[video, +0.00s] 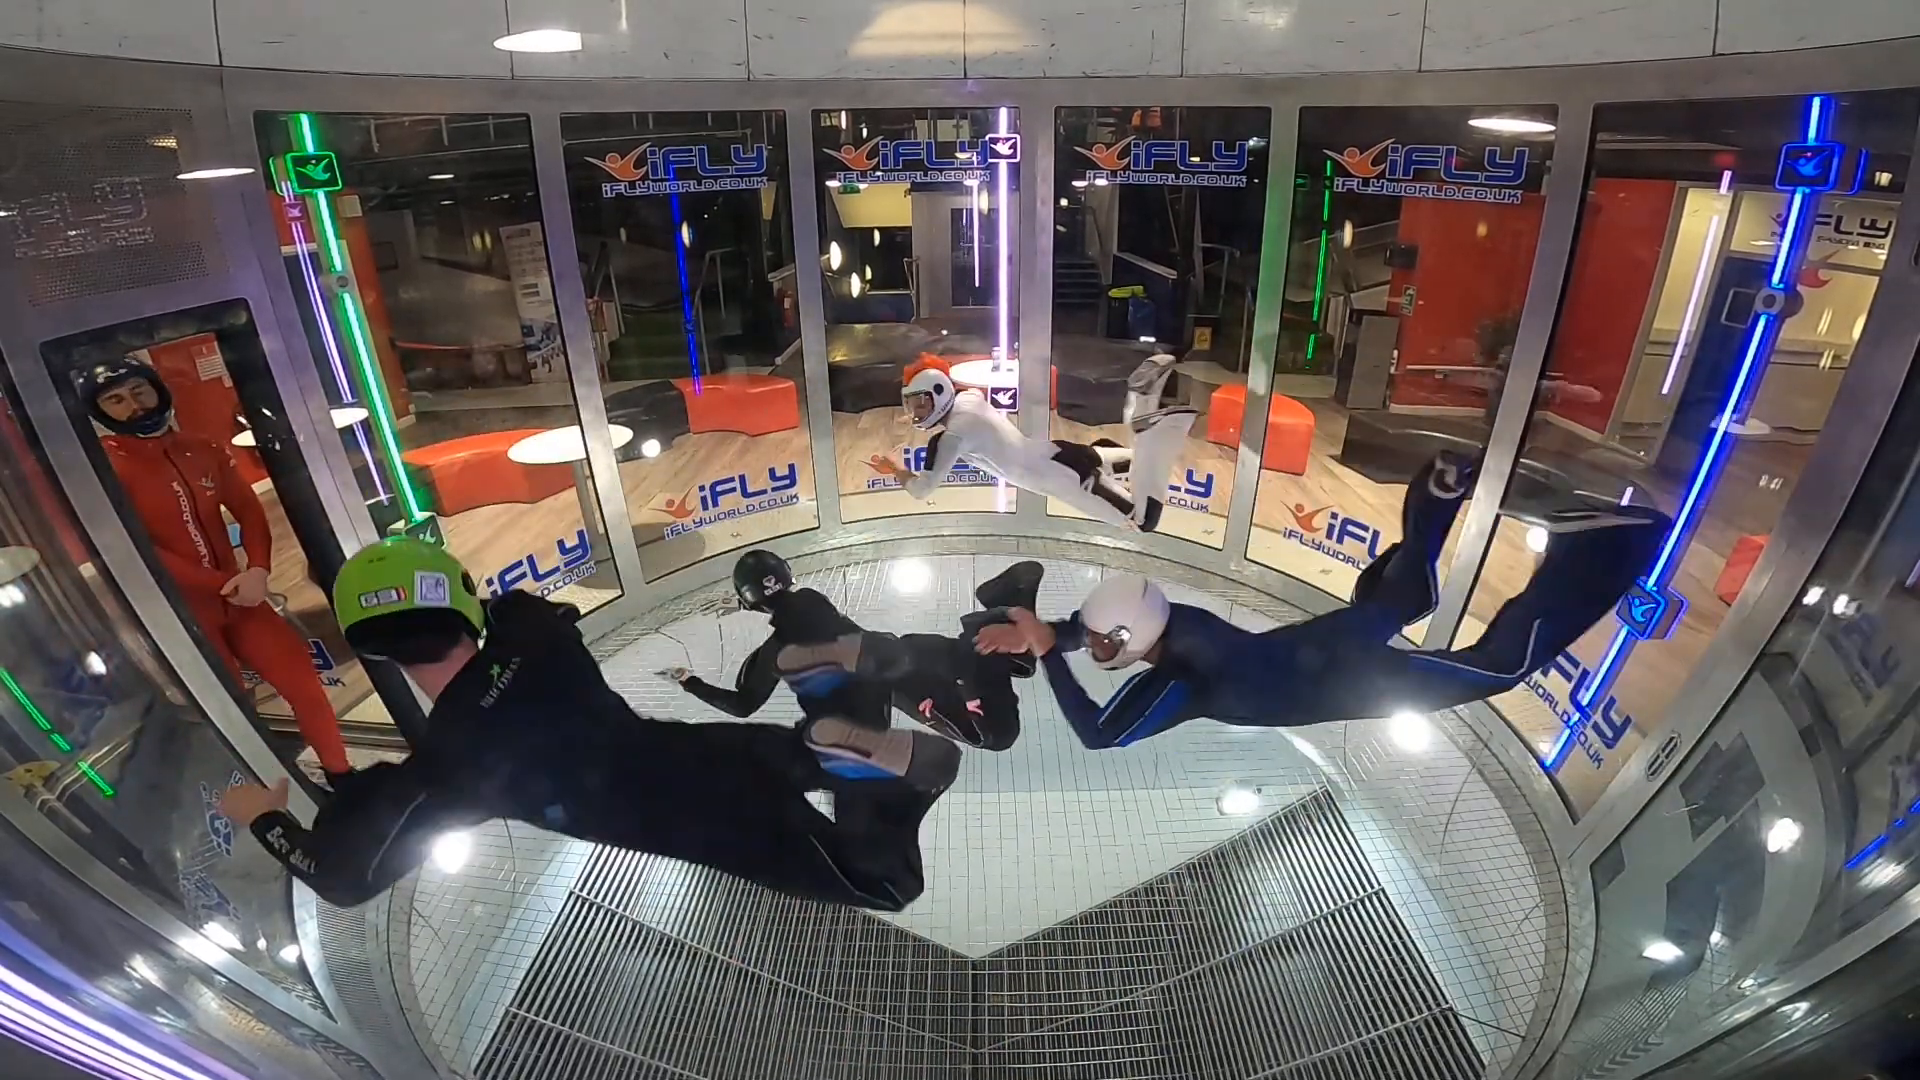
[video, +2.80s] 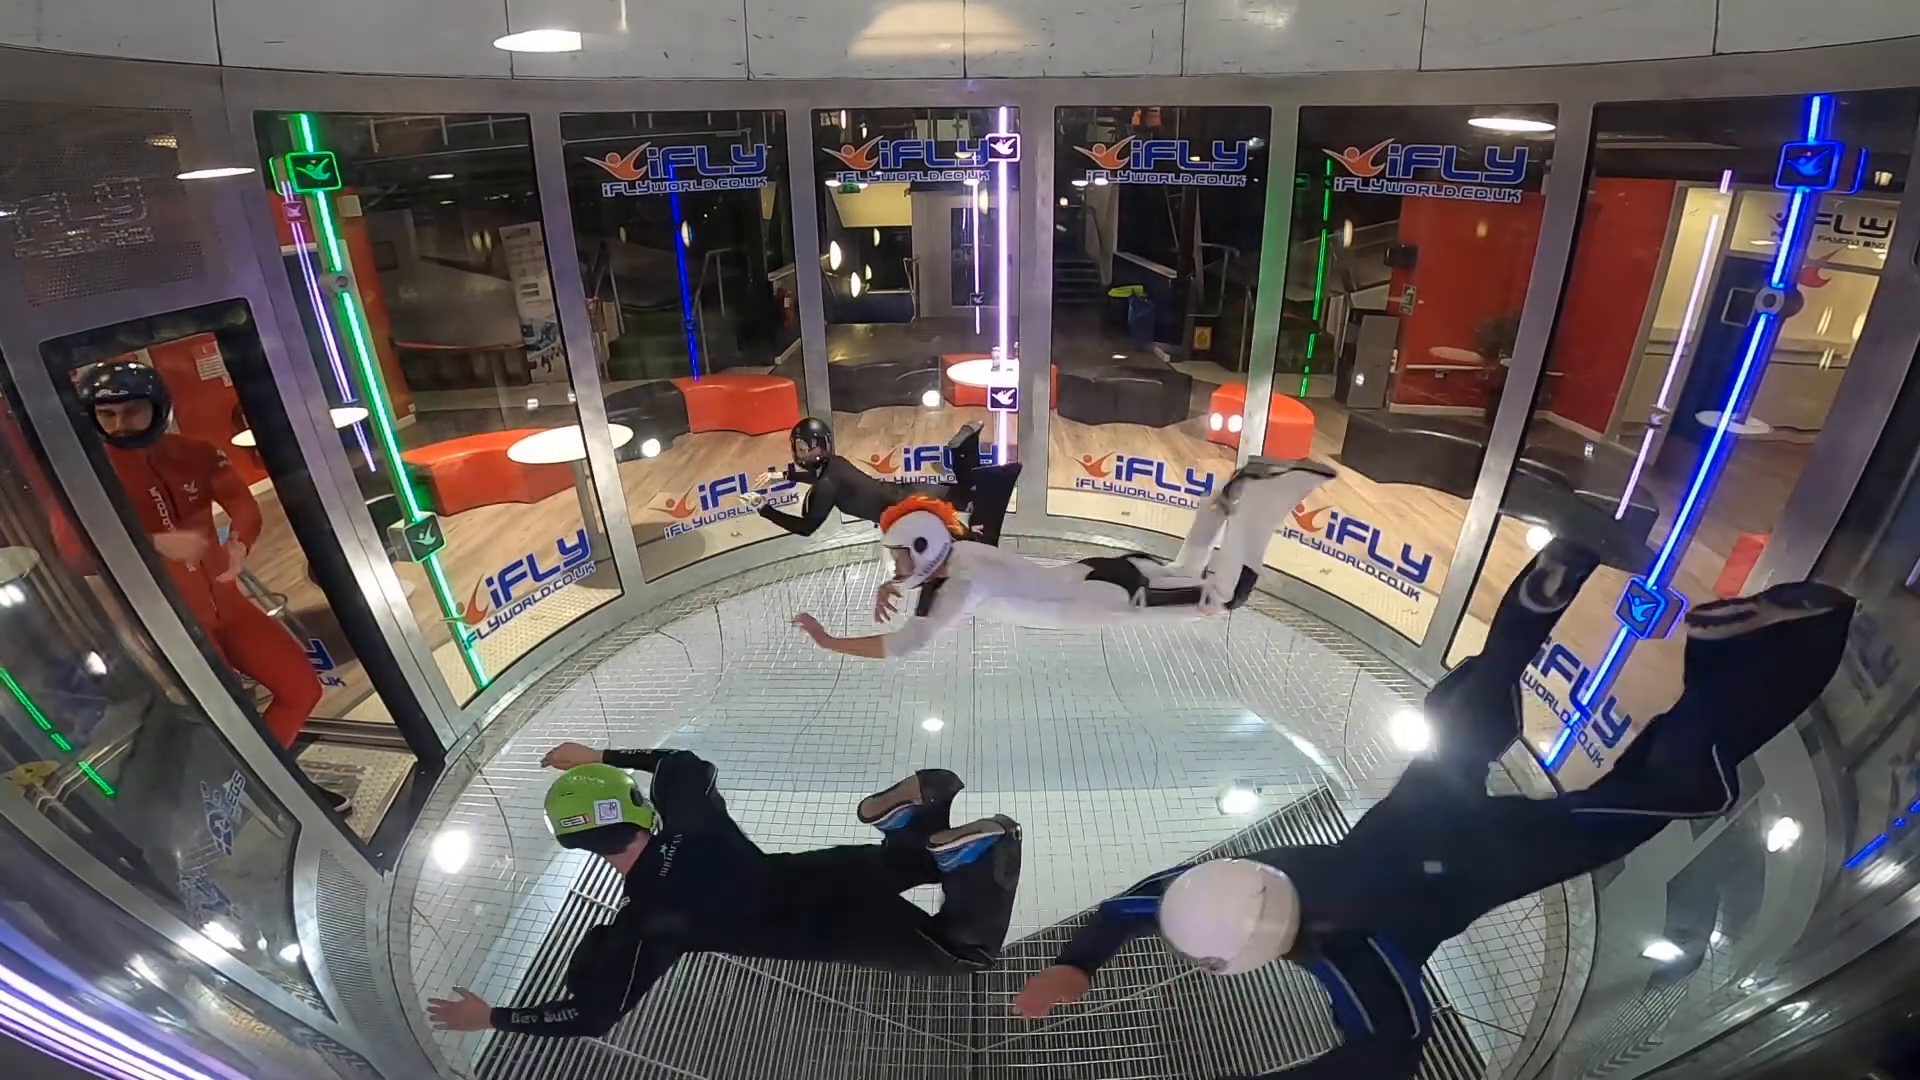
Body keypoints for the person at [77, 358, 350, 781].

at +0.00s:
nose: (135, 406)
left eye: (139, 391)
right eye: (117, 401)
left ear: (157, 390)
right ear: (100, 415)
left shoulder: (200, 450)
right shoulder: (105, 469)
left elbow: (248, 509)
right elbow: (136, 553)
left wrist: (258, 568)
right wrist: (224, 583)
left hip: (238, 599)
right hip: (186, 618)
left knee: (302, 680)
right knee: (233, 718)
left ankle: (342, 778)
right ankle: (267, 818)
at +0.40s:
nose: (130, 412)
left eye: (132, 396)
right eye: (112, 409)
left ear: (149, 393)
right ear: (96, 423)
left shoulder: (200, 451)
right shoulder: (102, 475)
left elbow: (249, 511)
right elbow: (136, 560)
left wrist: (260, 572)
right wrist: (226, 587)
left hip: (240, 601)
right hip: (185, 618)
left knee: (308, 683)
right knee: (236, 711)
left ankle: (281, 777)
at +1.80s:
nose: (116, 423)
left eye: (127, 407)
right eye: (101, 411)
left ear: (151, 405)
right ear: (86, 417)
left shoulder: (194, 454)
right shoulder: (90, 476)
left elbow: (254, 509)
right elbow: (93, 558)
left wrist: (238, 517)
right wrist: (161, 548)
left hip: (233, 606)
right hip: (182, 628)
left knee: (305, 689)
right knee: (237, 711)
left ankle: (247, 780)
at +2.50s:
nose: (117, 425)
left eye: (132, 412)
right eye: (106, 413)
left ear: (158, 412)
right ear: (92, 414)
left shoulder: (186, 455)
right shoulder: (90, 470)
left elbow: (242, 500)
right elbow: (71, 542)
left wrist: (204, 509)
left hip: (224, 607)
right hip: (172, 630)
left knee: (301, 687)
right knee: (237, 712)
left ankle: (245, 781)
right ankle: (293, 791)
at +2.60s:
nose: (116, 426)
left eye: (130, 413)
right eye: (105, 413)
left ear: (157, 413)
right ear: (92, 415)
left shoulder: (193, 456)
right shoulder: (89, 474)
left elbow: (243, 505)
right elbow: (72, 546)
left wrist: (219, 527)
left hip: (225, 607)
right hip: (169, 629)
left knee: (302, 688)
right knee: (233, 713)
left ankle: (243, 779)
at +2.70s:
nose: (116, 426)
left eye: (129, 413)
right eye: (104, 414)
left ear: (155, 412)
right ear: (90, 414)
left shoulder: (190, 455)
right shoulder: (84, 474)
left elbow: (241, 504)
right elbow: (67, 541)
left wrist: (231, 538)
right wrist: (114, 503)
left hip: (224, 605)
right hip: (168, 627)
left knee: (302, 688)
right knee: (232, 715)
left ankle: (244, 779)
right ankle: (294, 790)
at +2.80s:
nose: (121, 425)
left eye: (132, 411)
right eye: (107, 414)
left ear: (155, 409)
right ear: (91, 417)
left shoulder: (194, 456)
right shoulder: (84, 475)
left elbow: (245, 507)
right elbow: (76, 554)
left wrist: (238, 546)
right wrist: (154, 544)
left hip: (224, 604)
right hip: (169, 626)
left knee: (302, 688)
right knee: (233, 716)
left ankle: (245, 778)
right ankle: (294, 791)